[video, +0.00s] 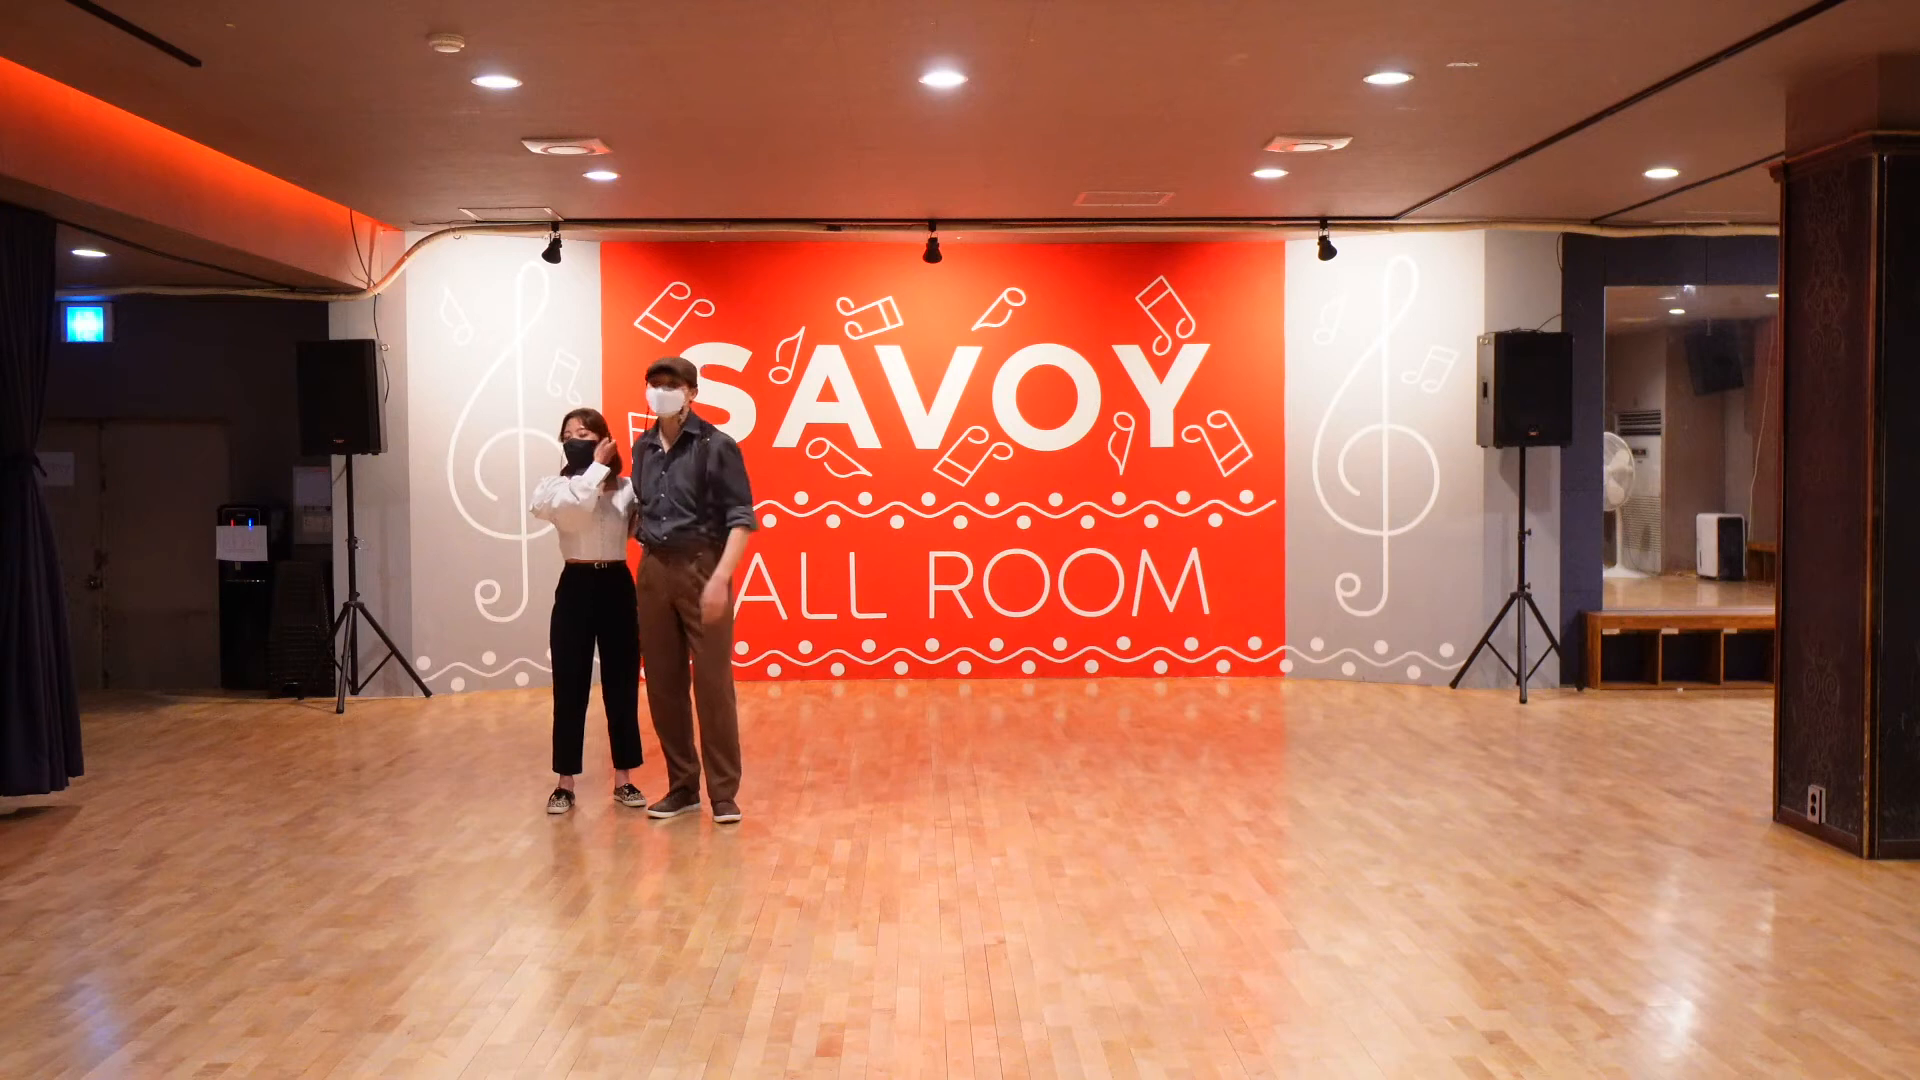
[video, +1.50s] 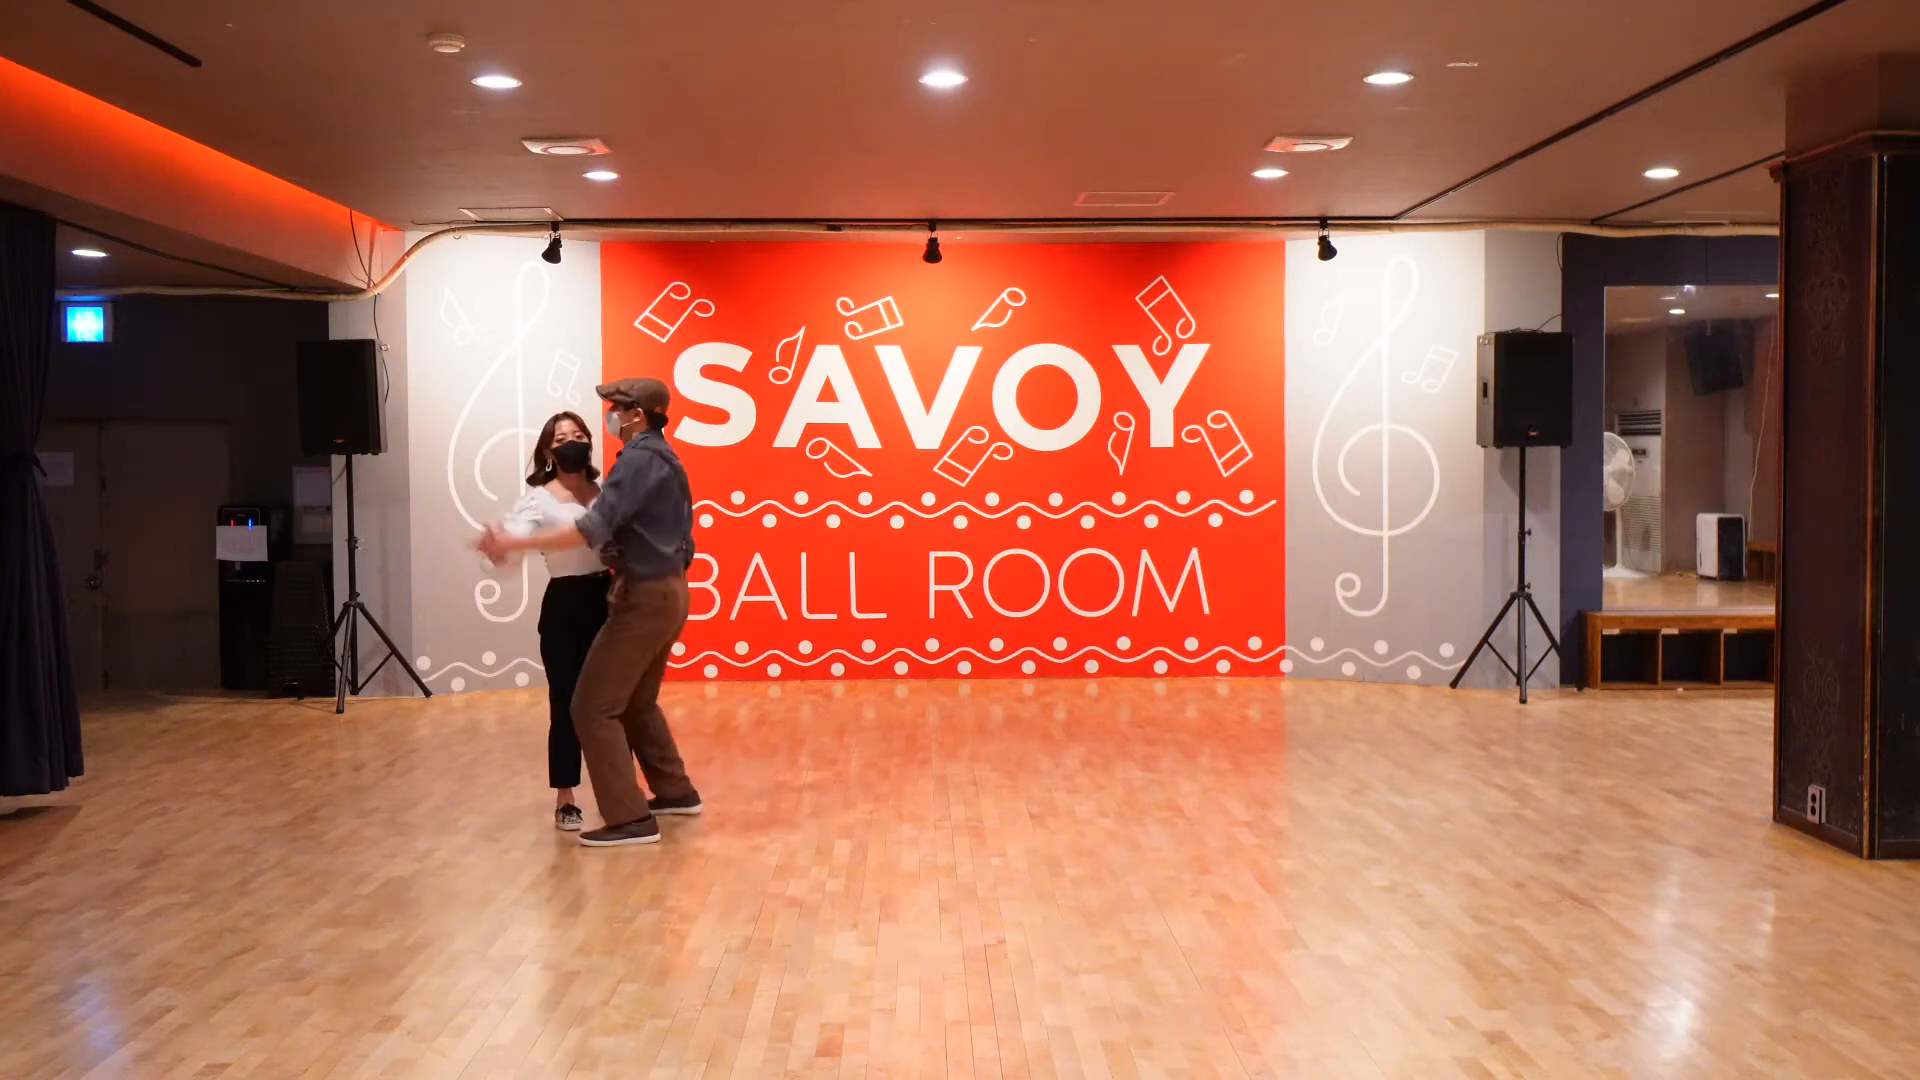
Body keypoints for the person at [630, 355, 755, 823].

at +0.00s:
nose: (660, 393)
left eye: (670, 386)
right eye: (654, 385)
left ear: (690, 394)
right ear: (647, 393)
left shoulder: (717, 446)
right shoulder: (644, 448)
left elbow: (744, 521)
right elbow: (640, 508)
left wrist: (720, 580)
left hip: (704, 569)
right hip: (653, 570)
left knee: (713, 684)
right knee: (664, 685)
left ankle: (724, 795)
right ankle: (683, 787)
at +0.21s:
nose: (648, 392)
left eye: (659, 384)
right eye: (647, 385)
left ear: (684, 392)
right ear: (648, 395)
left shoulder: (714, 445)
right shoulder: (645, 448)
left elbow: (725, 521)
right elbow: (640, 514)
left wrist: (666, 551)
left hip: (704, 570)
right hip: (656, 572)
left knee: (713, 684)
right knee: (665, 685)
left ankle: (722, 793)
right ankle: (683, 787)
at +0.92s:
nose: (627, 398)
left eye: (634, 392)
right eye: (629, 391)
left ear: (657, 401)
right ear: (653, 402)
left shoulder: (681, 455)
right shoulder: (649, 451)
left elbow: (684, 539)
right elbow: (640, 514)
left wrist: (616, 540)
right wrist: (602, 524)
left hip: (680, 577)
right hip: (649, 574)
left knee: (651, 680)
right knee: (648, 681)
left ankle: (683, 790)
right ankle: (674, 788)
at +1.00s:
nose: (623, 394)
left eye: (630, 388)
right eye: (625, 387)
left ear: (652, 397)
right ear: (651, 398)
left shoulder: (674, 452)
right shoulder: (647, 445)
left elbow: (686, 535)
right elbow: (642, 517)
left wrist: (624, 549)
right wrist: (607, 535)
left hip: (677, 575)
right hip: (652, 572)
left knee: (644, 675)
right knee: (661, 677)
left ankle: (647, 794)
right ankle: (682, 786)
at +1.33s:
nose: (609, 401)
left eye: (615, 394)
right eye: (612, 394)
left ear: (637, 403)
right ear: (642, 403)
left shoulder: (650, 459)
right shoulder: (655, 449)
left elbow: (637, 548)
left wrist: (590, 601)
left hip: (658, 585)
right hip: (674, 581)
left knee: (607, 689)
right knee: (648, 694)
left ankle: (616, 807)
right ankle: (678, 792)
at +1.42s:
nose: (608, 411)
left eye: (614, 404)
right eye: (610, 403)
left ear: (636, 411)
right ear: (645, 411)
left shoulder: (646, 463)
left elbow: (614, 545)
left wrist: (552, 584)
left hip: (653, 593)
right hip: (670, 590)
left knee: (595, 699)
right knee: (639, 699)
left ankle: (628, 813)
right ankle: (677, 793)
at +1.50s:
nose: (607, 418)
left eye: (613, 411)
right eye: (609, 411)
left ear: (637, 416)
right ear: (644, 417)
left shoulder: (639, 460)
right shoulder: (662, 459)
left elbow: (590, 528)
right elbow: (682, 544)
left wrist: (514, 543)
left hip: (645, 597)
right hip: (668, 592)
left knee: (593, 707)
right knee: (638, 703)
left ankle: (628, 818)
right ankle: (675, 792)